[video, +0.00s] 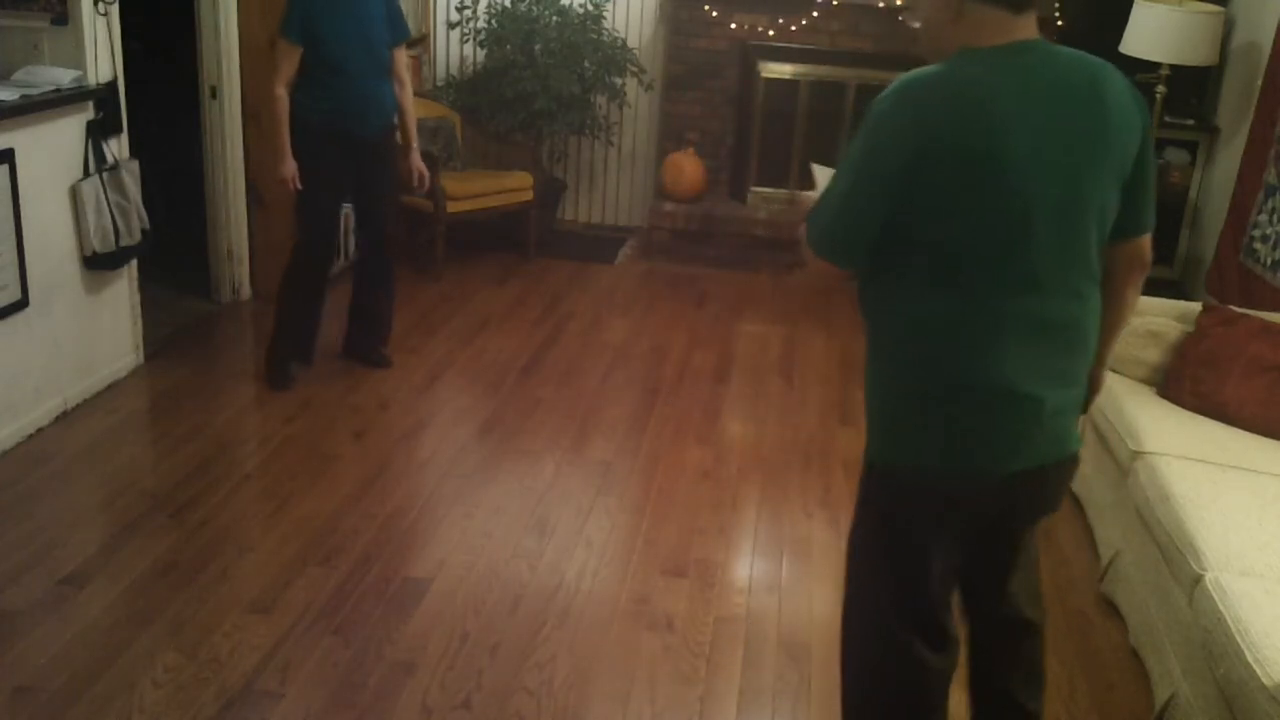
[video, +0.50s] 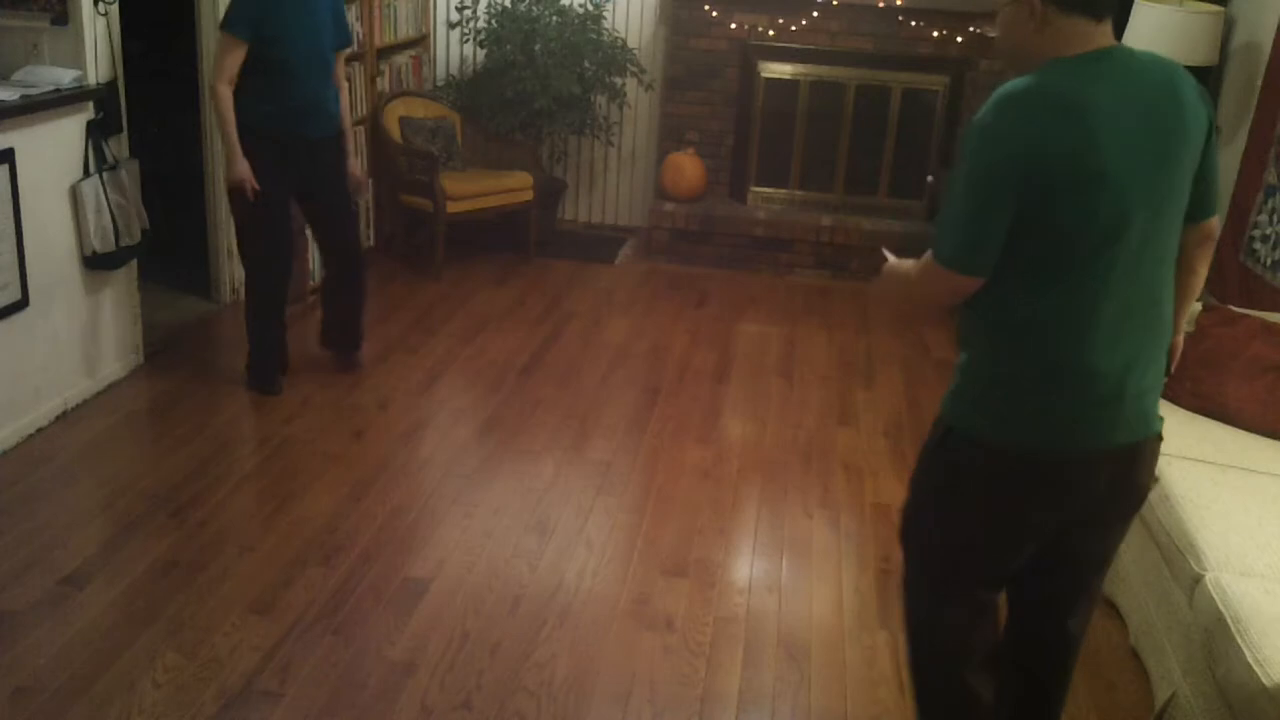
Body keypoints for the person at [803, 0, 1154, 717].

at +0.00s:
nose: (911, 17)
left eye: (918, 5)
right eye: (912, 6)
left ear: (954, 6)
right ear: (1030, 7)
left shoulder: (916, 103)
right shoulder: (1113, 96)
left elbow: (831, 254)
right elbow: (1130, 260)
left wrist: (824, 205)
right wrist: (1091, 367)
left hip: (926, 441)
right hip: (1045, 438)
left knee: (897, 636)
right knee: (1009, 605)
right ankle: (1012, 711)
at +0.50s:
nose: (994, 27)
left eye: (999, 12)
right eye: (994, 13)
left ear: (1033, 11)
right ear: (1101, 13)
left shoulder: (1018, 110)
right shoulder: (1182, 94)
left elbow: (956, 274)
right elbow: (1200, 233)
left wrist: (901, 275)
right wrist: (1175, 328)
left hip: (1004, 439)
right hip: (1124, 443)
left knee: (945, 596)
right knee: (1051, 627)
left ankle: (957, 708)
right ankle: (1029, 711)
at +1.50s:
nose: (888, 35)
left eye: (893, 17)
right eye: (888, 19)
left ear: (927, 18)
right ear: (1001, 19)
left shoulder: (925, 119)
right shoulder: (1084, 113)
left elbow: (858, 294)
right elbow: (1106, 267)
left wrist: (803, 308)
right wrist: (1075, 369)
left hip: (936, 455)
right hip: (1042, 448)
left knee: (908, 660)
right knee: (1004, 647)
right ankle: (1004, 714)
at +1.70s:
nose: (840, 27)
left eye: (846, 10)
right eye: (840, 12)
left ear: (886, 11)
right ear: (952, 13)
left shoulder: (875, 107)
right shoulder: (1046, 101)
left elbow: (798, 284)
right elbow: (1074, 260)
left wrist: (744, 294)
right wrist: (1057, 380)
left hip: (905, 447)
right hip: (1004, 437)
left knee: (894, 668)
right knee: (926, 641)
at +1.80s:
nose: (819, 33)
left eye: (824, 16)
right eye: (820, 18)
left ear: (860, 12)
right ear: (927, 14)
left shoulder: (850, 108)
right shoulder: (1021, 98)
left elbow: (775, 283)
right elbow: (1053, 258)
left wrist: (728, 299)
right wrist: (1038, 379)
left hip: (884, 439)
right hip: (982, 431)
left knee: (896, 647)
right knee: (883, 614)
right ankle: (840, 704)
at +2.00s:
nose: (769, 27)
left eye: (774, 11)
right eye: (769, 14)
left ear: (804, 9)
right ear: (872, 10)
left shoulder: (798, 106)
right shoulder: (957, 94)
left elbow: (750, 282)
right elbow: (988, 251)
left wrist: (691, 367)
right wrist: (977, 363)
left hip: (828, 426)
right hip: (927, 418)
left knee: (851, 623)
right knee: (822, 609)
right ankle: (766, 712)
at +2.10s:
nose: (735, 25)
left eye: (739, 11)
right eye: (734, 13)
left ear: (776, 6)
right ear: (839, 4)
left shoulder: (776, 95)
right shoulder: (923, 80)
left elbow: (734, 269)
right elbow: (955, 228)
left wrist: (678, 377)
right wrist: (940, 341)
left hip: (801, 425)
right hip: (895, 415)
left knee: (771, 579)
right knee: (818, 588)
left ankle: (840, 705)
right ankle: (776, 704)